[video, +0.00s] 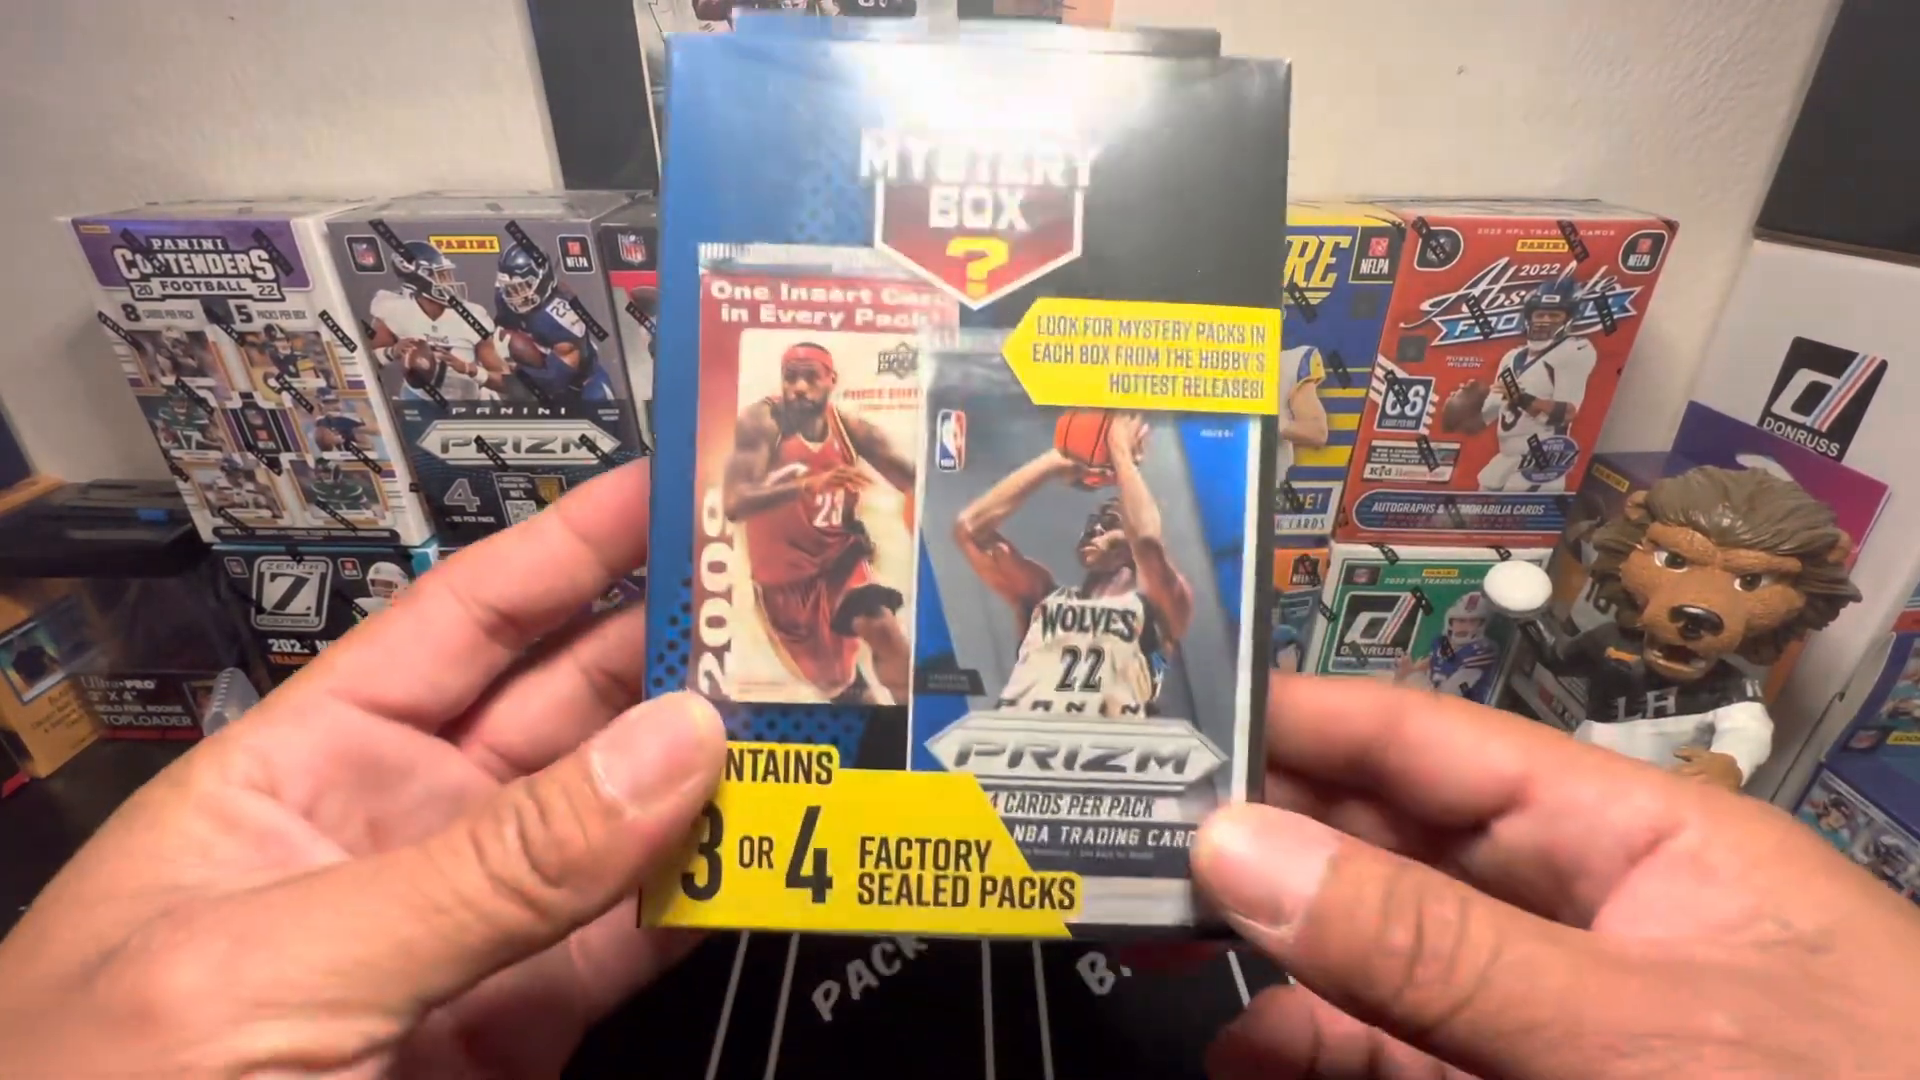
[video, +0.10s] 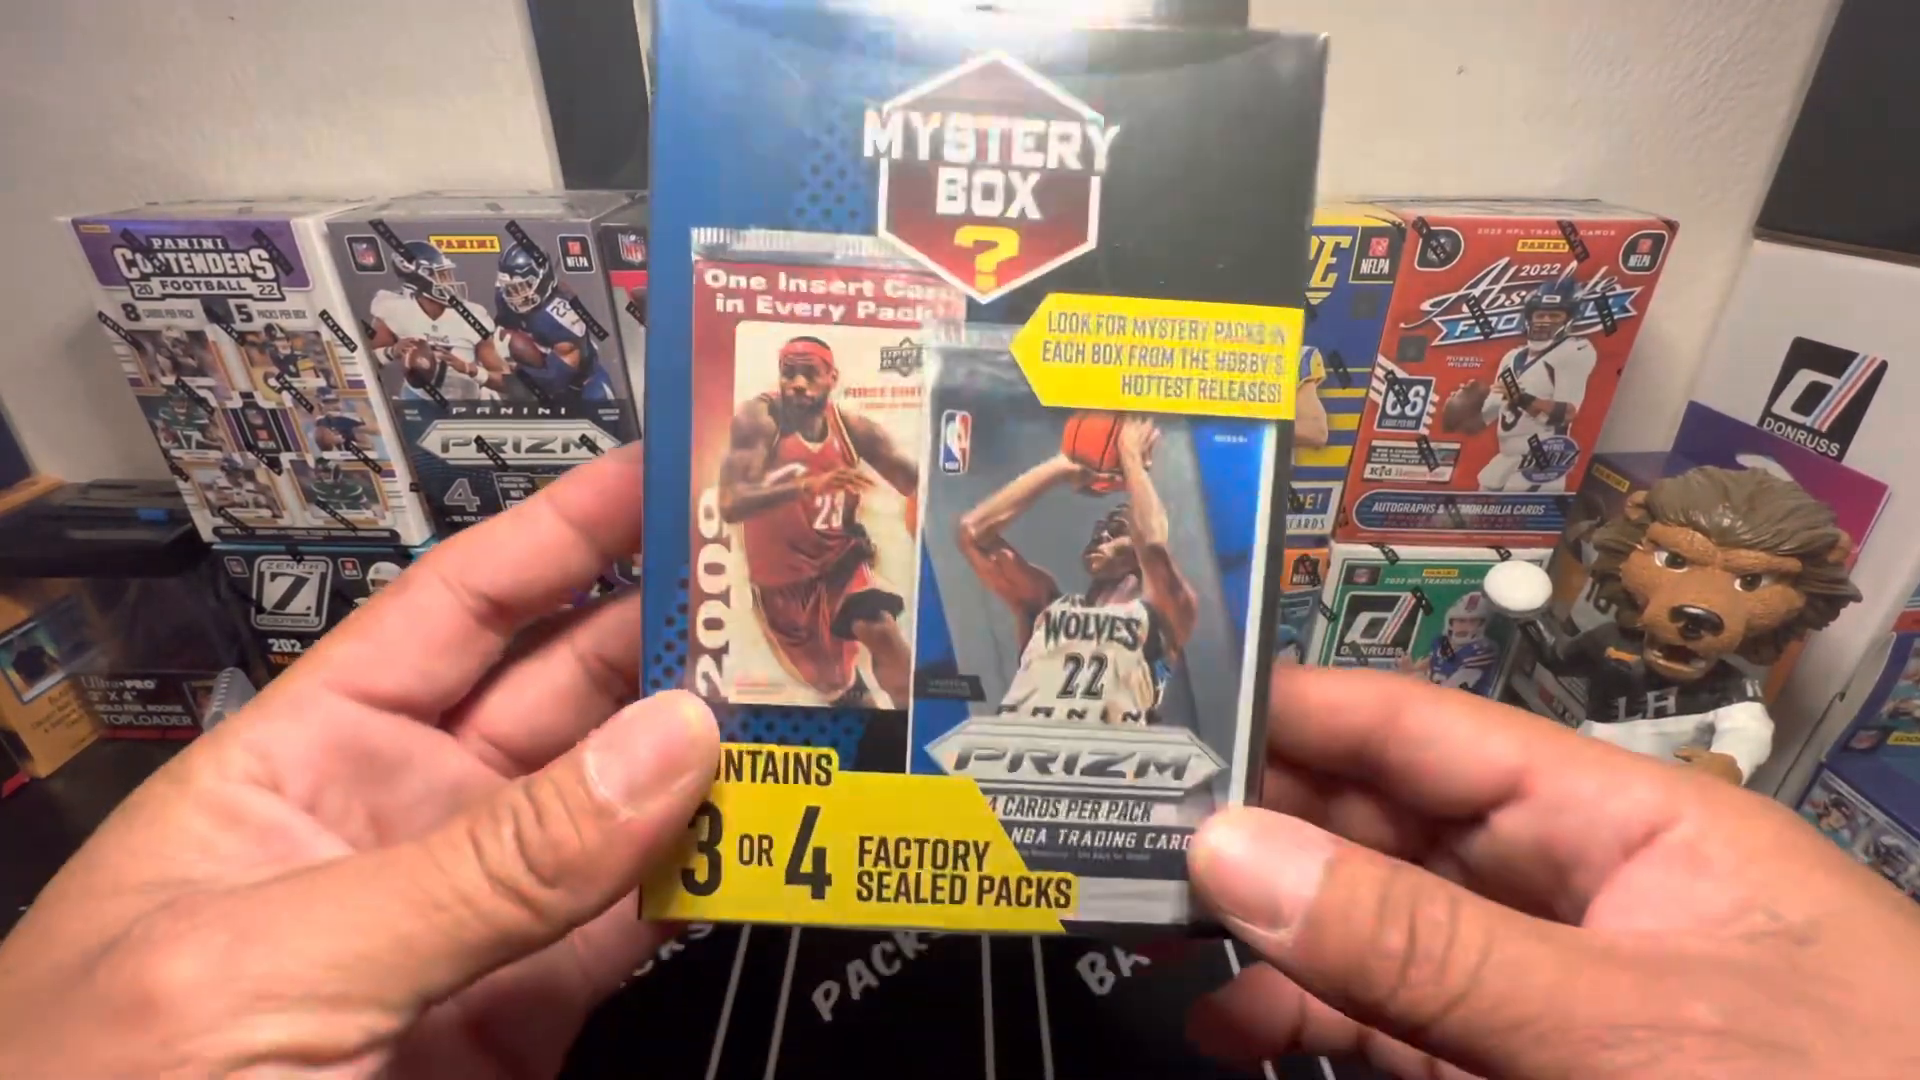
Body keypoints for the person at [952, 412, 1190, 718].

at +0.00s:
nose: (1093, 530)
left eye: (1109, 523)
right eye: (1090, 523)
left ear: (1133, 540)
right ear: (1080, 539)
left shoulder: (1157, 610)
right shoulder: (1042, 597)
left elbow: (1146, 540)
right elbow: (970, 529)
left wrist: (1122, 452)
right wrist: (1054, 461)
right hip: (1020, 748)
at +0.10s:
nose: (1099, 536)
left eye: (1116, 529)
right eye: (1097, 529)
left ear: (1140, 547)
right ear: (1087, 544)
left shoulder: (1162, 616)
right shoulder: (1043, 604)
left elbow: (1151, 545)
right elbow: (974, 532)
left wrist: (1132, 457)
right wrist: (1061, 466)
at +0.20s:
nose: (1110, 547)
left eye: (1127, 540)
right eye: (1108, 540)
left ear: (1155, 556)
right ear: (1098, 554)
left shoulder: (1172, 627)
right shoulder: (1053, 614)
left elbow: (1165, 558)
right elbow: (982, 543)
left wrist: (1143, 463)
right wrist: (1073, 476)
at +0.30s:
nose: (1110, 560)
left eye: (1128, 554)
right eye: (1109, 554)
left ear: (1155, 570)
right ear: (1098, 568)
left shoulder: (1173, 639)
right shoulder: (1053, 628)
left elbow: (1166, 572)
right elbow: (982, 558)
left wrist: (1143, 477)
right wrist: (1072, 490)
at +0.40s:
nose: (1114, 590)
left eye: (1132, 584)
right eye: (1113, 584)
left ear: (1159, 599)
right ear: (1101, 600)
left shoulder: (1174, 667)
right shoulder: (1056, 656)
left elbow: (1170, 601)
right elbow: (985, 589)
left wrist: (1148, 507)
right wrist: (1077, 521)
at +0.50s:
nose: (1108, 614)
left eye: (1125, 607)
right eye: (1106, 609)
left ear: (1151, 621)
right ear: (1095, 624)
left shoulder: (1168, 690)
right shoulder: (1052, 680)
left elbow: (1163, 623)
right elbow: (979, 614)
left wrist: (1140, 531)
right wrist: (1068, 546)